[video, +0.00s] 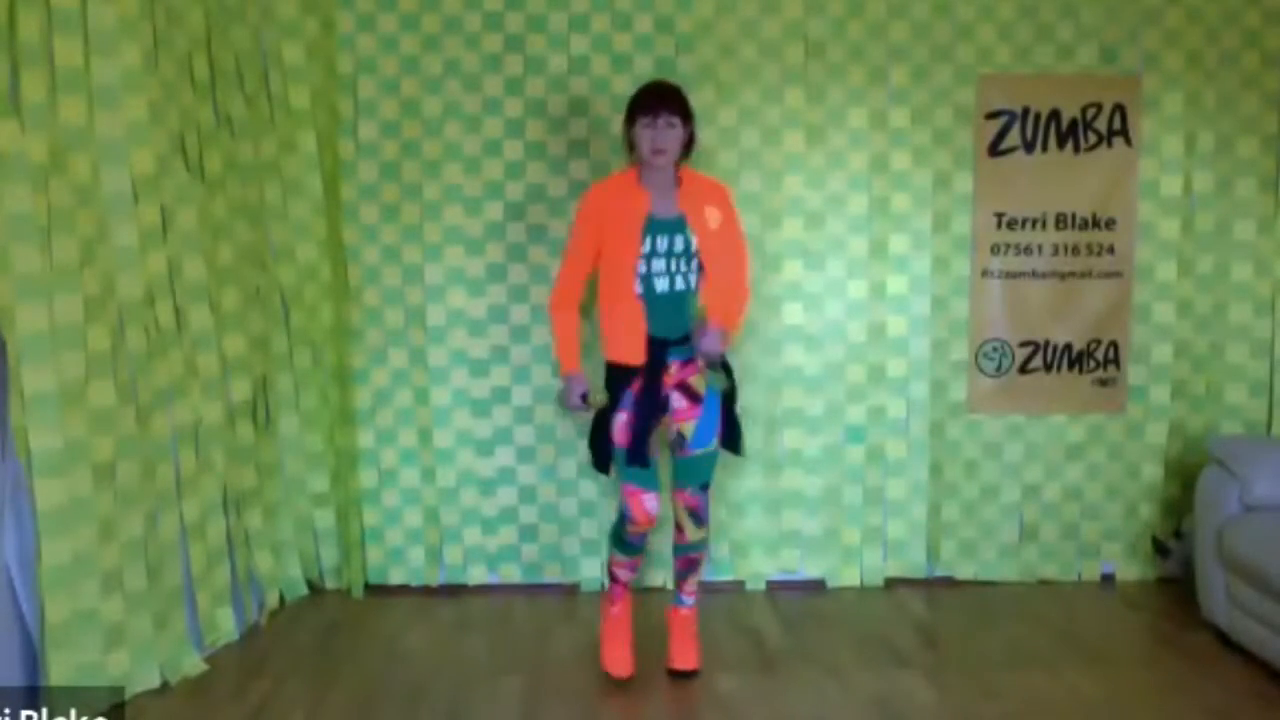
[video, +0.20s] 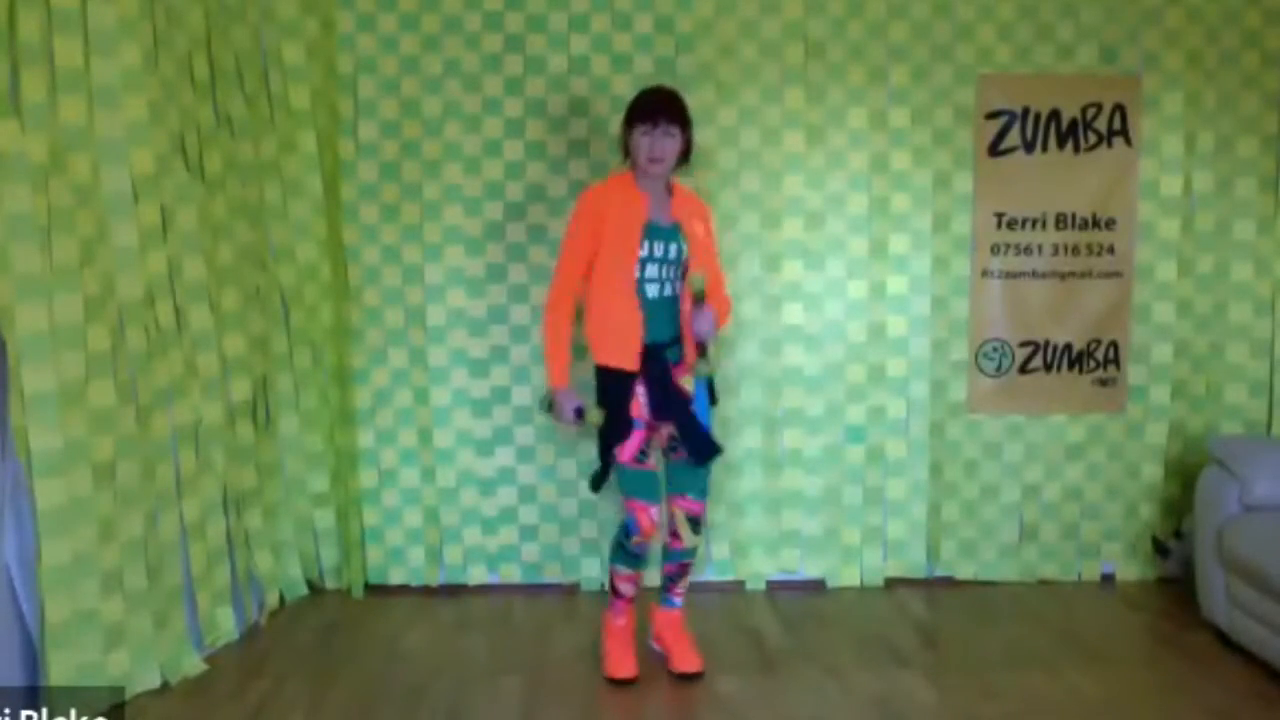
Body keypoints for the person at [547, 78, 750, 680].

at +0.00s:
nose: (659, 135)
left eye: (671, 125)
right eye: (648, 124)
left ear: (687, 136)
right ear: (630, 134)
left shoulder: (710, 197)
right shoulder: (602, 202)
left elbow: (734, 275)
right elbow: (566, 292)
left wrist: (721, 327)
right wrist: (571, 367)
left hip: (698, 365)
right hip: (631, 369)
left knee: (693, 503)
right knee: (639, 509)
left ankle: (685, 616)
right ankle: (617, 609)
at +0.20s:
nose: (656, 144)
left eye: (668, 134)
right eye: (646, 132)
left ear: (684, 144)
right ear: (627, 140)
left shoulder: (694, 211)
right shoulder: (599, 203)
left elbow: (715, 290)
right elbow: (562, 293)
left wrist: (709, 315)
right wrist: (559, 381)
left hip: (684, 369)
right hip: (625, 370)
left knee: (690, 510)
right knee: (644, 514)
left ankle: (672, 616)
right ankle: (619, 621)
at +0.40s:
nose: (642, 148)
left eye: (654, 137)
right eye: (631, 136)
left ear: (671, 146)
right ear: (615, 144)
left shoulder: (696, 205)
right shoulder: (588, 209)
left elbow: (723, 285)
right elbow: (560, 295)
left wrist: (725, 358)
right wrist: (564, 374)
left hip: (680, 370)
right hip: (610, 372)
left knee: (689, 506)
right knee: (619, 507)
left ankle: (680, 607)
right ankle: (614, 620)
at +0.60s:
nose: (642, 143)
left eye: (654, 132)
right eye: (631, 131)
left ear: (671, 140)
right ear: (615, 140)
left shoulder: (697, 200)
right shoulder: (595, 205)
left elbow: (728, 278)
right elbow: (573, 281)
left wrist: (727, 354)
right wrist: (583, 322)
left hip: (671, 368)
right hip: (608, 367)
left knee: (657, 506)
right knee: (620, 505)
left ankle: (673, 615)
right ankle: (623, 622)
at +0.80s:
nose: (650, 151)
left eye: (662, 139)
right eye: (639, 139)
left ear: (679, 146)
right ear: (623, 146)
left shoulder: (706, 205)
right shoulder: (601, 207)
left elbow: (735, 293)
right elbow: (572, 285)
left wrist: (730, 372)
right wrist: (578, 346)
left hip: (686, 371)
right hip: (619, 370)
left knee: (677, 508)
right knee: (607, 502)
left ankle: (678, 620)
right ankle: (617, 616)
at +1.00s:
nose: (652, 142)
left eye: (664, 131)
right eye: (641, 130)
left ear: (680, 139)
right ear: (623, 136)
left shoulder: (701, 201)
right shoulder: (594, 202)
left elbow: (723, 277)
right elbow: (560, 285)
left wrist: (704, 312)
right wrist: (564, 363)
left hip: (692, 364)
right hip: (626, 369)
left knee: (686, 505)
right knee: (636, 510)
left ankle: (676, 620)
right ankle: (607, 613)